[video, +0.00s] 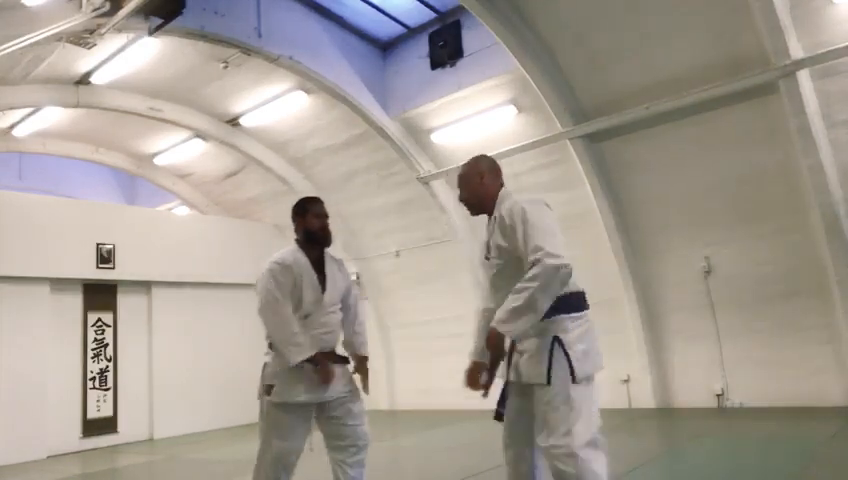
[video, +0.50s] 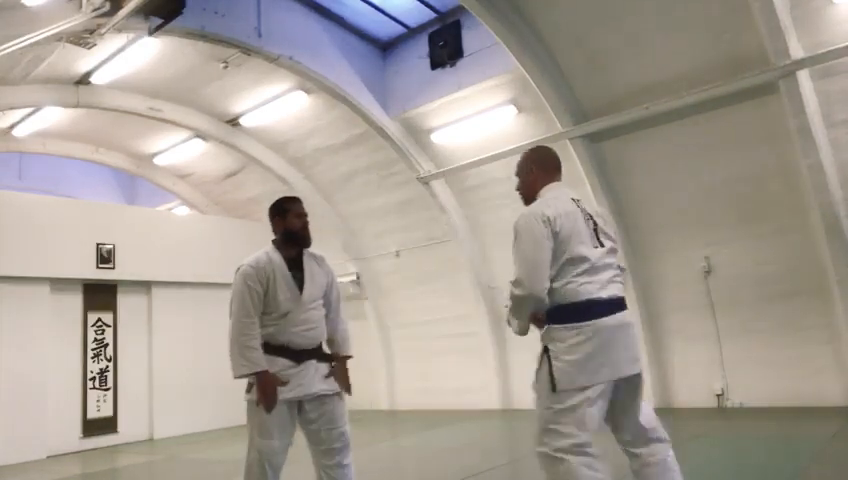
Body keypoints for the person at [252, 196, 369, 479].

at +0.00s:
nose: (326, 223)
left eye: (327, 217)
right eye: (319, 217)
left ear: (328, 220)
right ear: (298, 222)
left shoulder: (337, 266)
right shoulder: (280, 266)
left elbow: (351, 313)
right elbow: (277, 320)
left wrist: (359, 354)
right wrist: (311, 357)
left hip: (335, 370)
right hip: (291, 374)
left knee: (352, 446)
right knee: (279, 456)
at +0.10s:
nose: (317, 224)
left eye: (318, 218)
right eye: (310, 218)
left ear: (318, 223)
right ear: (289, 224)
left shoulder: (328, 267)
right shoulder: (269, 270)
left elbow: (343, 316)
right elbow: (264, 327)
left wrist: (359, 355)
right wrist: (283, 371)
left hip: (323, 370)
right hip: (278, 372)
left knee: (346, 445)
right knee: (273, 457)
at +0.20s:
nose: (312, 222)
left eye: (311, 217)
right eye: (304, 217)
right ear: (282, 222)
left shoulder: (322, 266)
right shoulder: (260, 270)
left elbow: (339, 313)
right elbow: (250, 328)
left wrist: (353, 355)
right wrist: (268, 374)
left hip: (318, 369)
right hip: (274, 372)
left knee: (342, 444)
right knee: (269, 456)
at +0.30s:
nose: (307, 222)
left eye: (307, 217)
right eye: (299, 217)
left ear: (307, 219)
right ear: (278, 223)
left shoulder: (321, 265)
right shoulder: (257, 270)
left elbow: (336, 314)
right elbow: (243, 326)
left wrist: (342, 359)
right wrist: (262, 371)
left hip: (318, 371)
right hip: (273, 374)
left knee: (337, 450)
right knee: (265, 459)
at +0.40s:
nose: (307, 222)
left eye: (306, 216)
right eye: (299, 217)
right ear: (277, 223)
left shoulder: (320, 265)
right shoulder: (256, 270)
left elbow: (334, 316)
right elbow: (242, 326)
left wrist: (339, 360)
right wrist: (261, 372)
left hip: (317, 370)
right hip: (274, 374)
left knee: (336, 451)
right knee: (266, 458)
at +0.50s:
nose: (307, 222)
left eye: (306, 217)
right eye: (299, 217)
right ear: (277, 223)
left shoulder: (320, 265)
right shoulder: (254, 270)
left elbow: (334, 315)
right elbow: (244, 327)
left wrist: (341, 359)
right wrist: (261, 373)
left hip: (319, 370)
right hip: (274, 374)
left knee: (336, 453)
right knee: (266, 459)